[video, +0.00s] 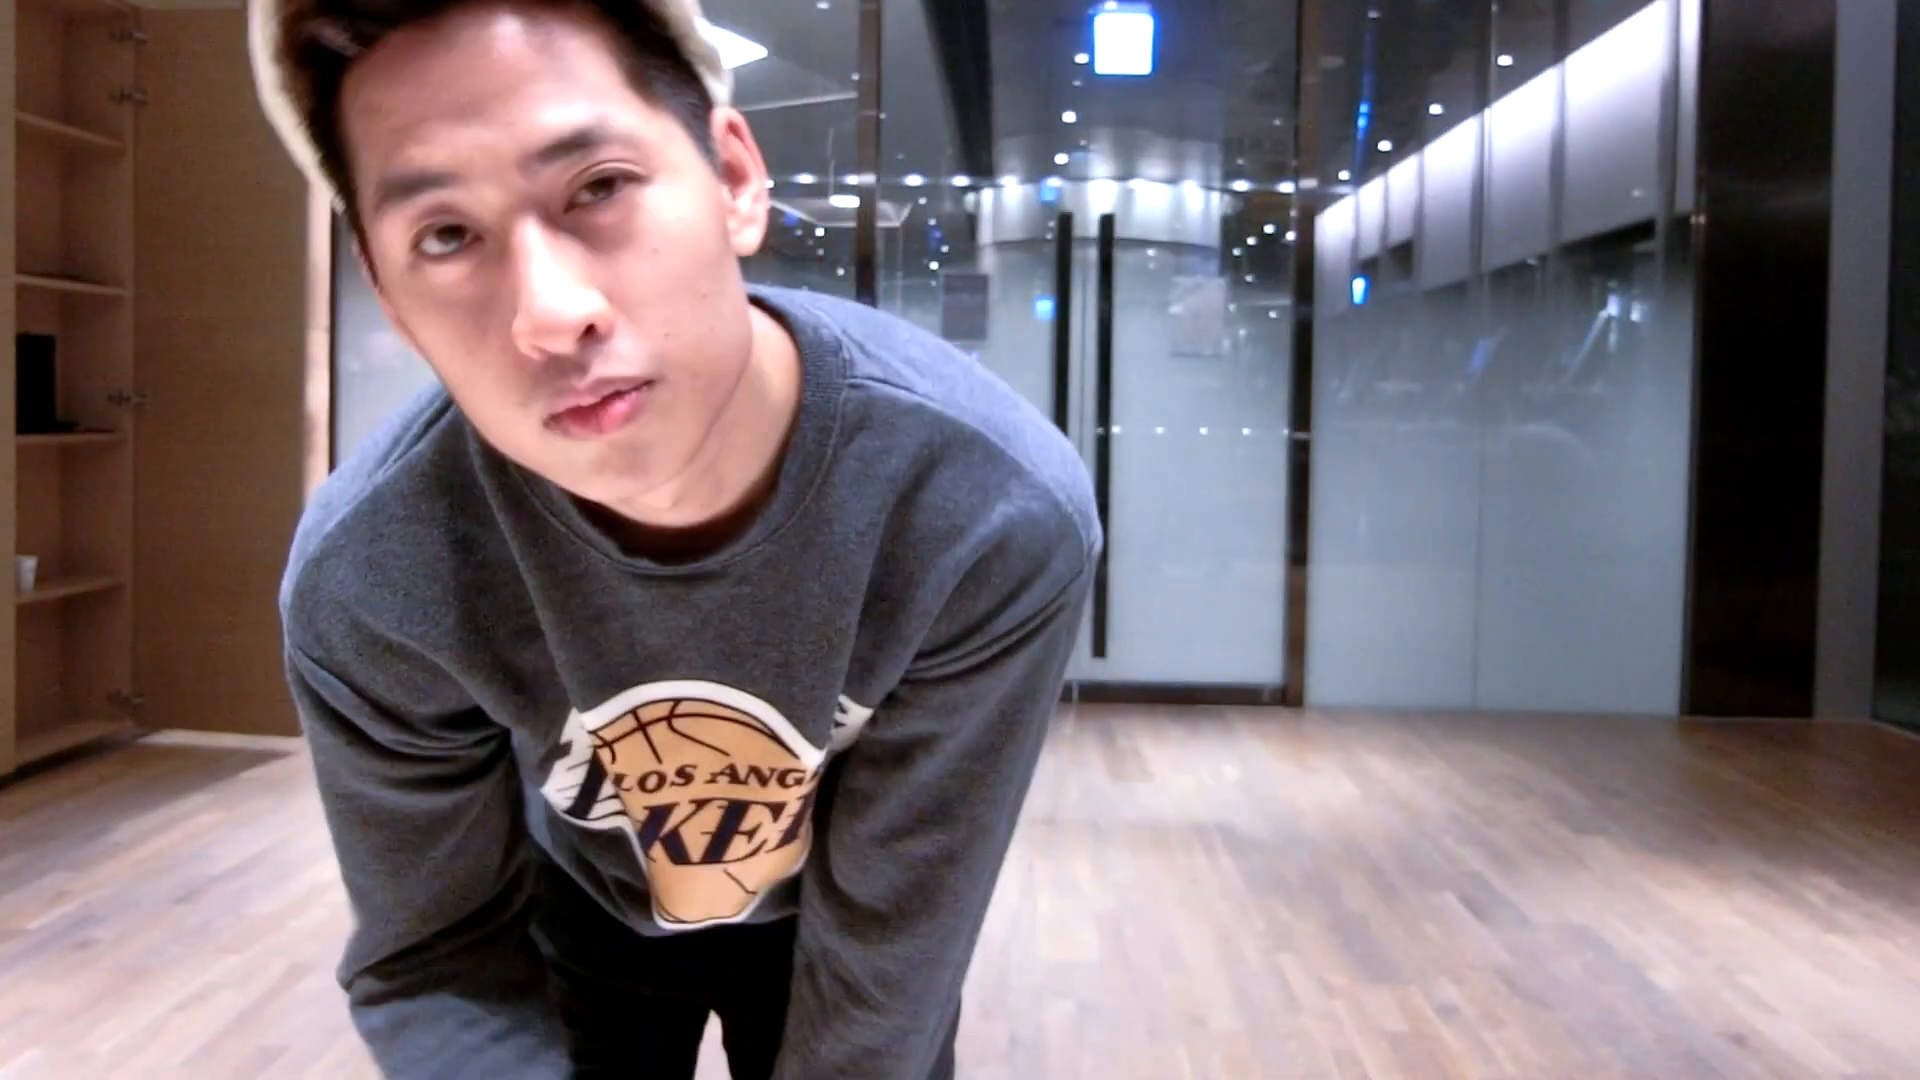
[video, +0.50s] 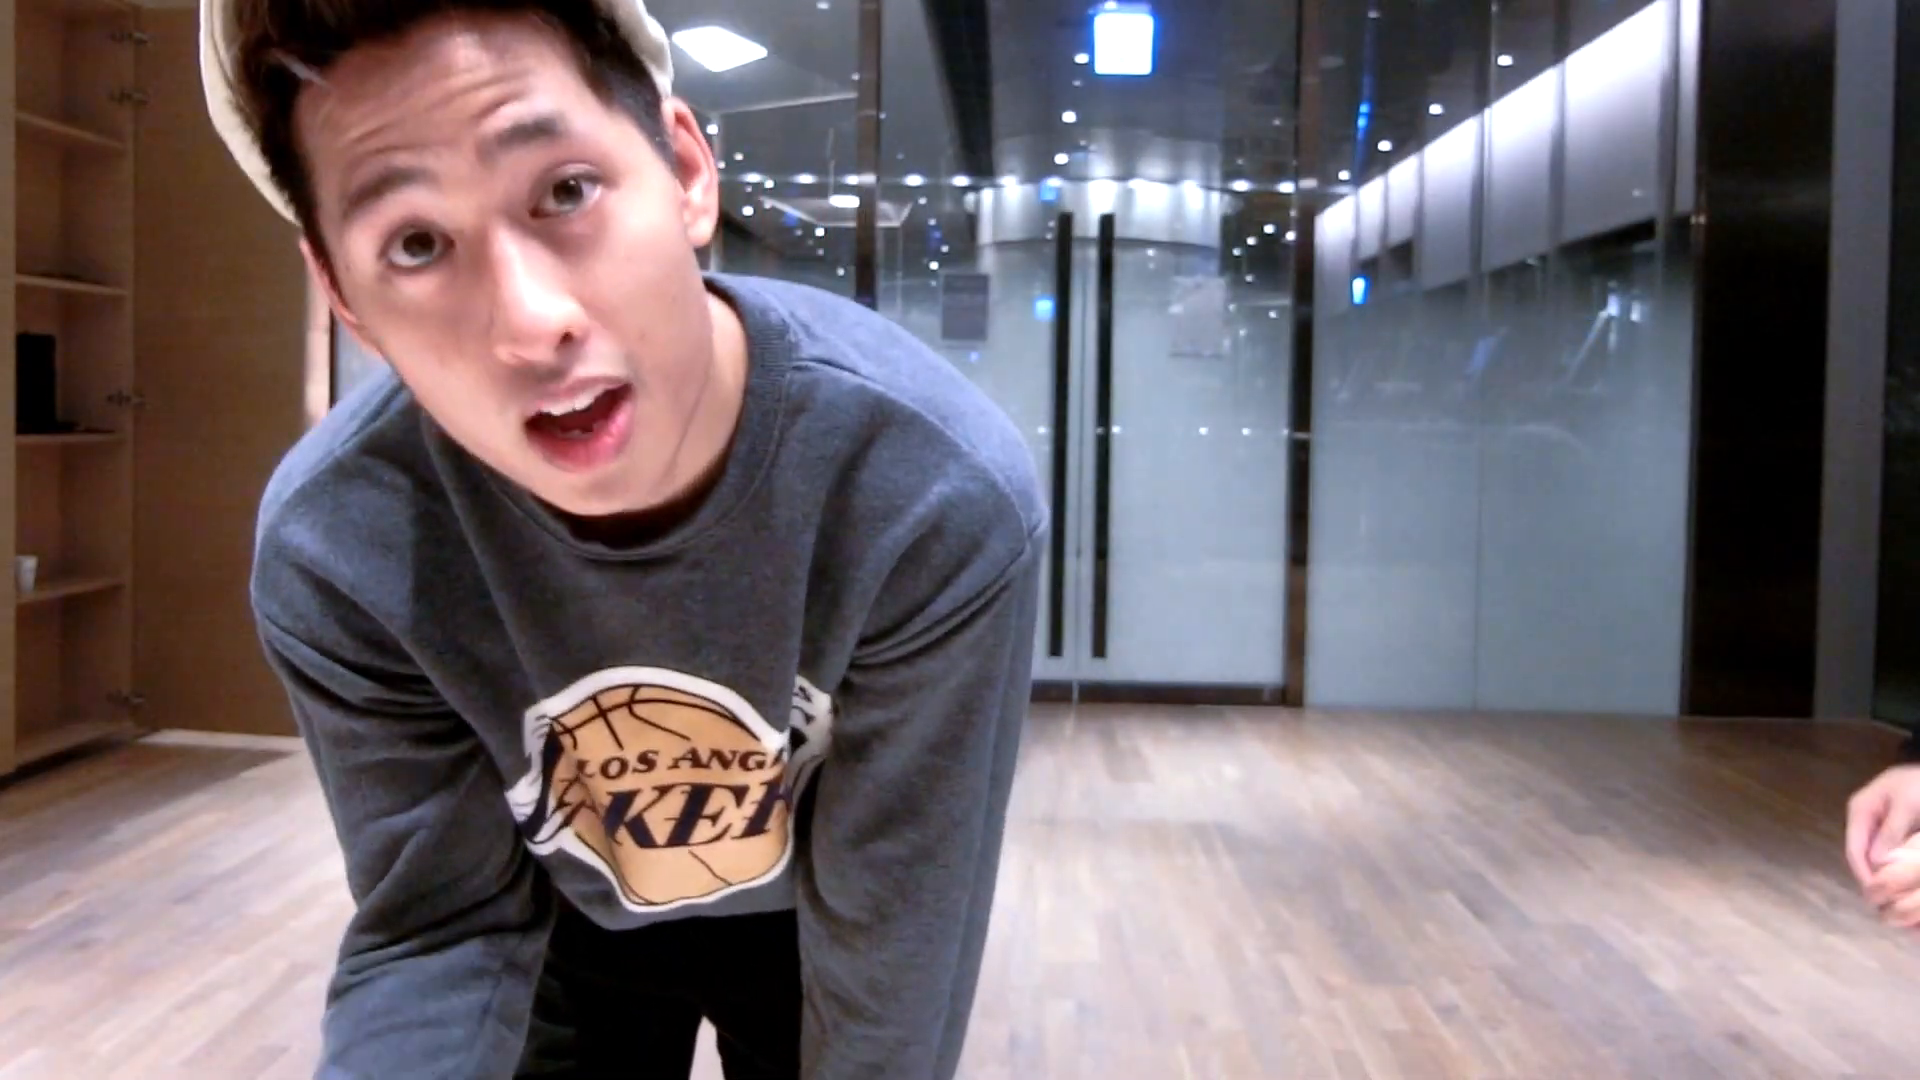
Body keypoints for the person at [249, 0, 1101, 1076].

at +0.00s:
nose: (549, 315)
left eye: (596, 188)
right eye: (446, 234)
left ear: (736, 182)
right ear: (386, 289)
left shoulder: (993, 520)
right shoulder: (367, 587)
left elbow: (882, 981)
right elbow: (436, 963)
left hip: (846, 926)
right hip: (586, 926)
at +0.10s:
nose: (544, 355)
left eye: (578, 219)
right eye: (432, 279)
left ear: (711, 191)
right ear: (370, 331)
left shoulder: (984, 522)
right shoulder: (367, 594)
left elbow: (894, 1007)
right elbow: (461, 974)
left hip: (843, 910)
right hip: (582, 911)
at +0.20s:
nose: (551, 406)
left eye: (574, 270)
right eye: (433, 335)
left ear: (703, 228)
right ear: (367, 376)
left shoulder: (971, 539)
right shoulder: (364, 613)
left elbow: (894, 1028)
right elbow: (447, 1002)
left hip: (842, 917)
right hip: (584, 914)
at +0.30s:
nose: (557, 432)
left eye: (581, 293)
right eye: (435, 357)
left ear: (700, 247)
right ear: (358, 385)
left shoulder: (959, 543)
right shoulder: (352, 610)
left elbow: (899, 1022)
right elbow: (412, 985)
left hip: (844, 926)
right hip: (568, 923)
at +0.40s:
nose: (543, 376)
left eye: (574, 239)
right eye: (426, 295)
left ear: (693, 203)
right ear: (352, 346)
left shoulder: (949, 520)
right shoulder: (344, 575)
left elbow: (894, 1018)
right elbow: (423, 944)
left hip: (840, 915)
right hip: (567, 915)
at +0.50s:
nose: (532, 323)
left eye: (563, 192)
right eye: (418, 244)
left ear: (688, 174)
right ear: (341, 294)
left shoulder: (936, 501)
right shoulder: (336, 548)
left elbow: (885, 985)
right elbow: (433, 931)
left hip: (833, 917)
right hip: (566, 917)